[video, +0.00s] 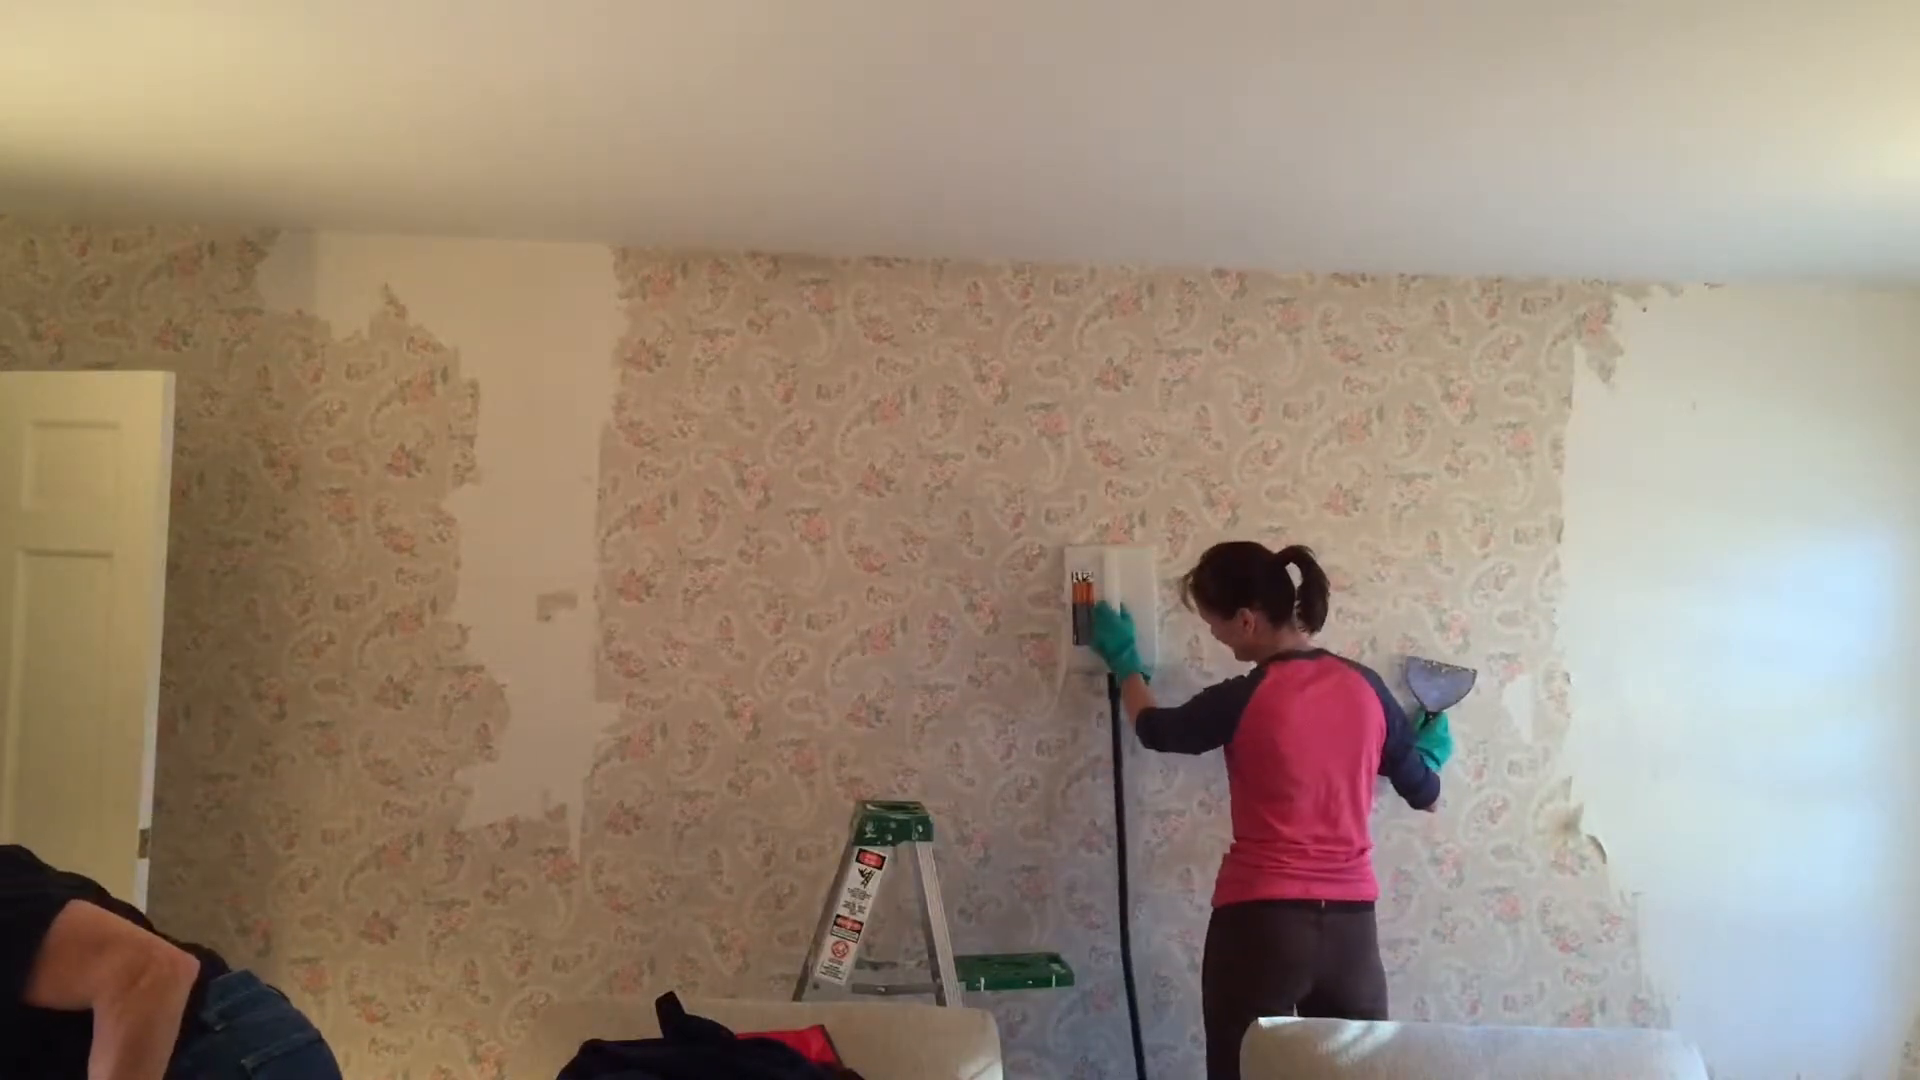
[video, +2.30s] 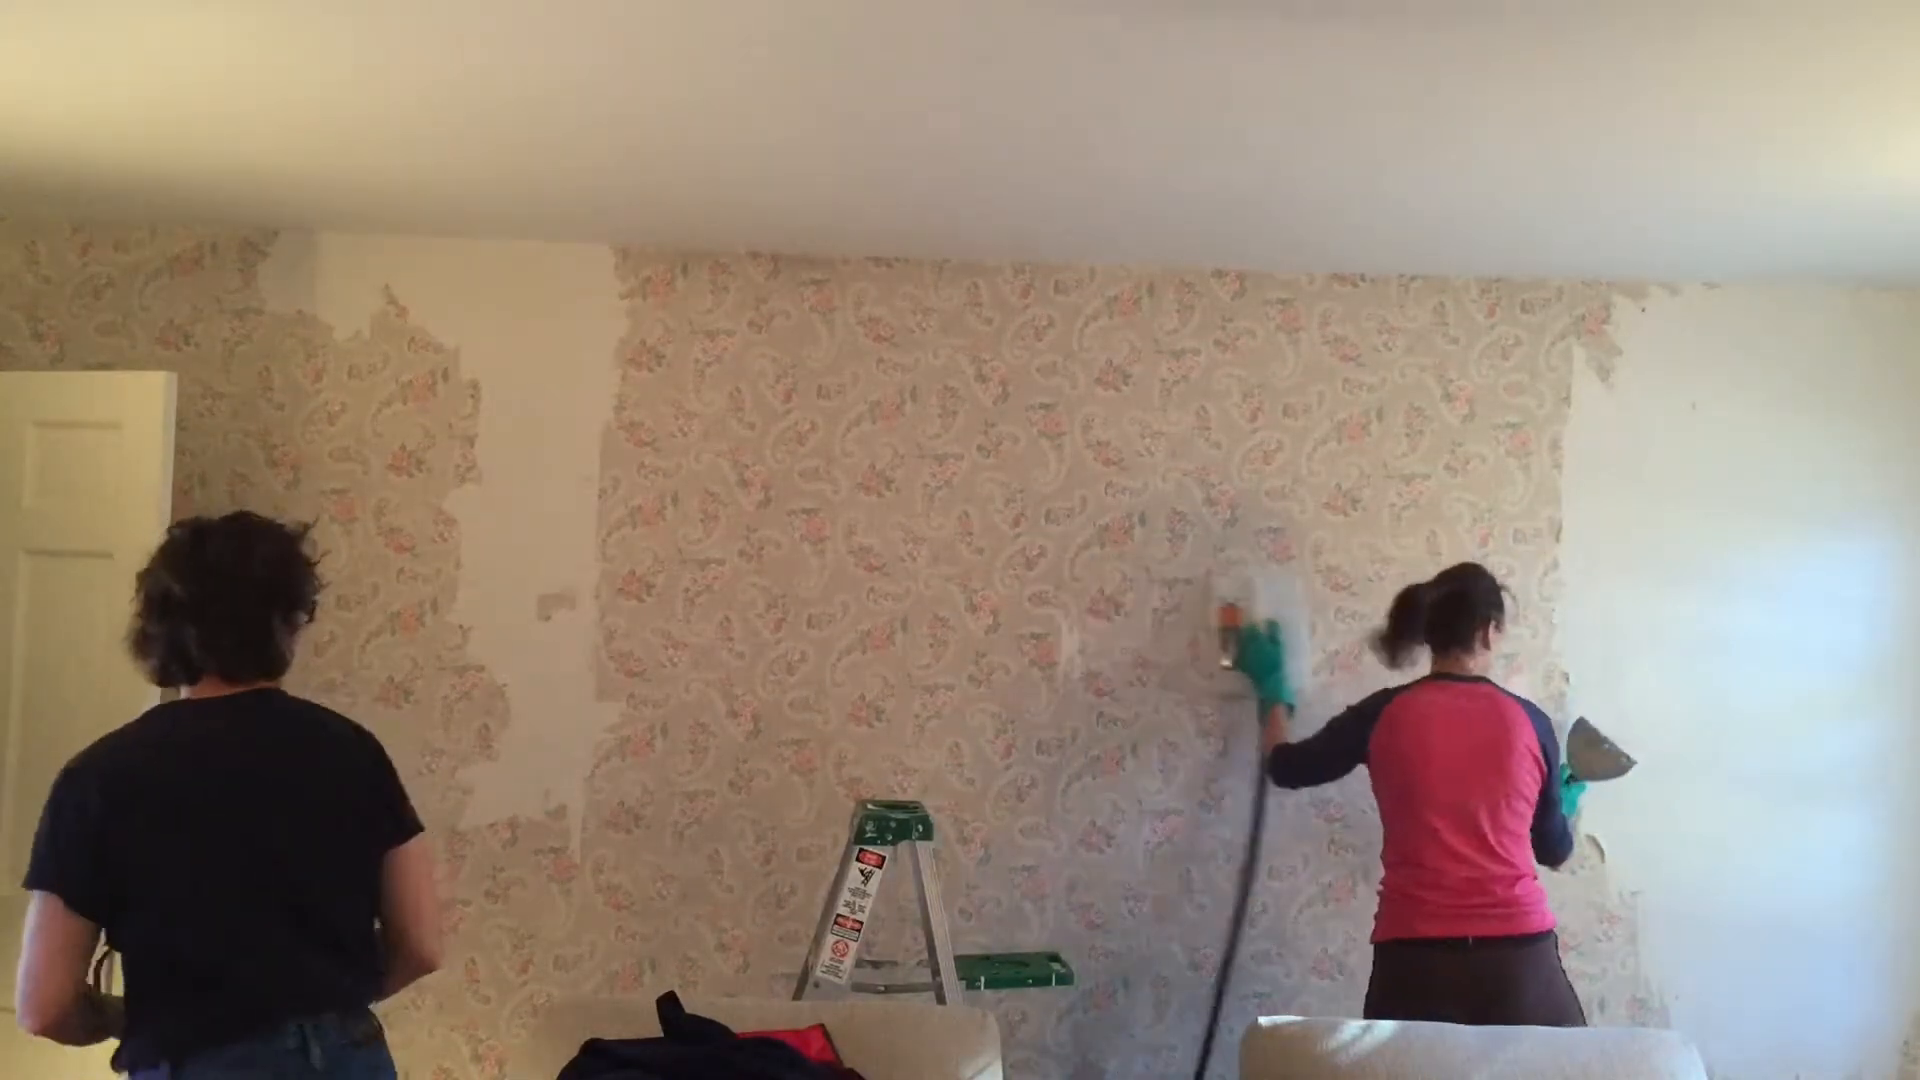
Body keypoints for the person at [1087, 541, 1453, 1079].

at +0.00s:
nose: (1214, 635)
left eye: (1213, 622)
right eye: (1208, 622)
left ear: (1247, 620)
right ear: (1285, 611)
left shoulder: (1245, 696)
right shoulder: (1367, 689)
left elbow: (1154, 729)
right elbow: (1423, 791)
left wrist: (1125, 664)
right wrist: (1432, 752)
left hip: (1259, 932)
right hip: (1351, 933)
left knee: (1240, 1074)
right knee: (1362, 1076)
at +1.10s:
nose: (1282, 618)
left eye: (1289, 601)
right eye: (1282, 601)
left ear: (1332, 604)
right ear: (1339, 604)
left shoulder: (1295, 687)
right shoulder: (1434, 694)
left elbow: (1182, 718)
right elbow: (1500, 820)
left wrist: (1130, 659)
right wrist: (1485, 769)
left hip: (1298, 931)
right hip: (1402, 939)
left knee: (1276, 1067)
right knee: (1431, 1075)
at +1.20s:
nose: (1303, 616)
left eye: (1310, 600)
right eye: (1304, 600)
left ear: (1353, 604)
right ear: (1369, 603)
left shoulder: (1314, 686)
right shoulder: (1458, 693)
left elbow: (1194, 710)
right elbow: (1529, 818)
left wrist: (1128, 655)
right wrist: (1533, 784)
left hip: (1324, 928)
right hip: (1428, 935)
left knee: (1292, 1073)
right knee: (1453, 1076)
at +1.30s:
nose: (1330, 617)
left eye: (1334, 603)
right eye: (1329, 603)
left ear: (1373, 604)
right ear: (1401, 605)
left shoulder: (1336, 687)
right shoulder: (1481, 695)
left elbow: (1211, 706)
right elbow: (1556, 814)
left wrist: (1137, 658)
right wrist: (1578, 797)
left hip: (1357, 933)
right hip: (1461, 938)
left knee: (1319, 1069)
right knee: (1483, 1074)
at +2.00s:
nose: (1387, 597)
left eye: (1389, 585)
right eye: (1394, 582)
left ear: (1395, 597)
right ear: (1464, 600)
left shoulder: (1357, 690)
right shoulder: (1506, 693)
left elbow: (1232, 723)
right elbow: (1576, 808)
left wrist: (1163, 659)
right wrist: (1593, 779)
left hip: (1397, 933)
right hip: (1502, 931)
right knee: (1531, 1079)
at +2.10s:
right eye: (1474, 602)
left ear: (1398, 608)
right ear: (1467, 612)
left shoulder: (1361, 697)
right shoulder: (1509, 699)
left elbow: (1246, 741)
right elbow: (1557, 811)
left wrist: (1196, 670)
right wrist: (1577, 777)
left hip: (1402, 942)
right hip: (1507, 939)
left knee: (1391, 1077)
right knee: (1545, 1077)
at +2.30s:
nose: (1501, 640)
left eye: (1501, 628)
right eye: (1501, 629)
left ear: (1429, 630)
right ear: (1488, 633)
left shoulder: (1382, 712)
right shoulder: (1528, 721)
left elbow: (1285, 767)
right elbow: (1553, 851)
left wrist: (1275, 699)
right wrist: (1566, 802)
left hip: (1411, 971)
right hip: (1519, 970)